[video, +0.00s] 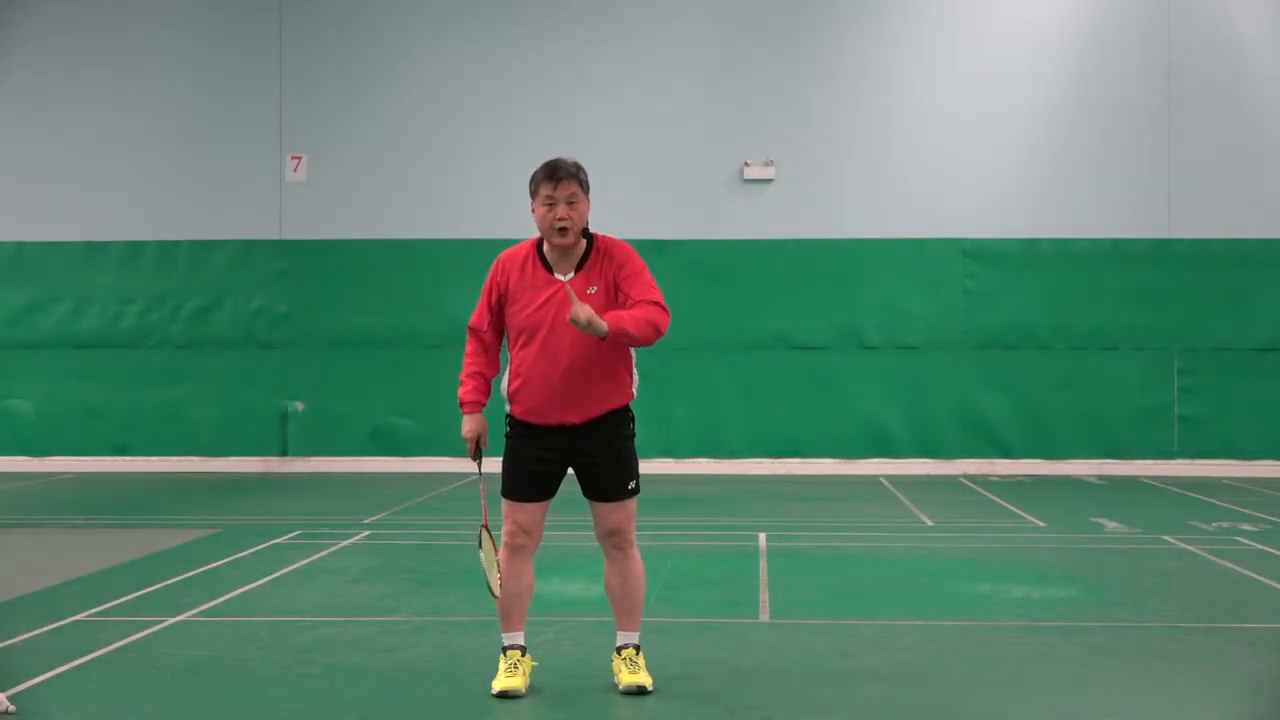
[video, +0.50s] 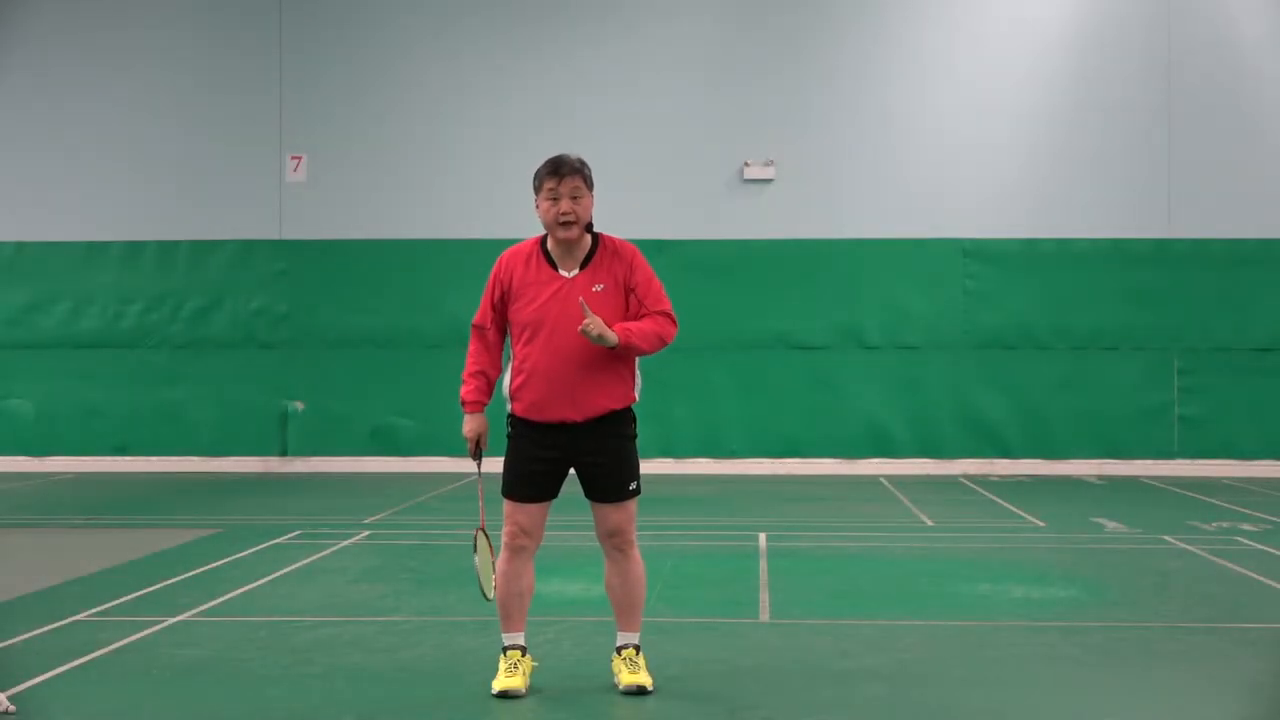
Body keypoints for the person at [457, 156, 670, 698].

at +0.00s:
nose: (561, 213)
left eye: (571, 202)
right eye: (550, 203)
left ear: (587, 207)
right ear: (534, 210)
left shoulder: (616, 257)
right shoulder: (509, 266)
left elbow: (654, 318)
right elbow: (482, 336)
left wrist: (606, 324)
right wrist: (473, 408)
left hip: (605, 424)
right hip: (532, 427)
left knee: (619, 536)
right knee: (517, 537)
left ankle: (629, 650)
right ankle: (512, 652)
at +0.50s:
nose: (564, 207)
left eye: (575, 196)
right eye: (553, 198)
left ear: (592, 201)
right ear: (538, 206)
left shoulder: (622, 258)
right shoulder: (512, 265)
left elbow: (664, 324)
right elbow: (485, 335)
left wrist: (618, 334)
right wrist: (474, 407)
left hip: (607, 423)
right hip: (533, 426)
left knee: (619, 537)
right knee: (518, 537)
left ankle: (629, 649)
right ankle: (513, 652)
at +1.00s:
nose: (565, 220)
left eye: (575, 209)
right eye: (554, 211)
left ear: (592, 212)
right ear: (538, 217)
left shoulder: (623, 265)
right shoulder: (512, 272)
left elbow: (663, 330)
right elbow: (485, 342)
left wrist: (624, 350)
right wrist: (477, 414)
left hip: (609, 427)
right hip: (535, 429)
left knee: (621, 537)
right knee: (519, 538)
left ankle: (629, 649)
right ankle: (514, 651)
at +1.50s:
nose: (568, 205)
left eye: (578, 195)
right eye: (557, 196)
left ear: (594, 199)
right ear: (541, 204)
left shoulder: (624, 254)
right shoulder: (514, 261)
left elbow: (663, 317)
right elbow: (486, 330)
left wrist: (614, 286)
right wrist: (471, 401)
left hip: (607, 420)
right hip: (533, 423)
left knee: (619, 536)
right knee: (518, 538)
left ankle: (629, 650)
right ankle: (513, 652)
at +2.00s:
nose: (561, 210)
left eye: (571, 199)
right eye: (550, 201)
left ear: (588, 204)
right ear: (535, 208)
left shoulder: (616, 252)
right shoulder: (510, 264)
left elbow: (662, 308)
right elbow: (485, 335)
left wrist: (605, 278)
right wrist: (474, 407)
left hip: (607, 421)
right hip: (535, 425)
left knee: (620, 537)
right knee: (519, 538)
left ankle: (629, 650)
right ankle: (513, 652)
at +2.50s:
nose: (555, 218)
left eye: (565, 207)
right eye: (543, 208)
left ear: (582, 212)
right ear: (528, 215)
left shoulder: (611, 258)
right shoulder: (504, 269)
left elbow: (659, 317)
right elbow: (480, 339)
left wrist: (603, 298)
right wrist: (470, 411)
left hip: (605, 425)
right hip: (532, 428)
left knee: (619, 537)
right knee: (517, 537)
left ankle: (629, 650)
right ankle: (513, 651)